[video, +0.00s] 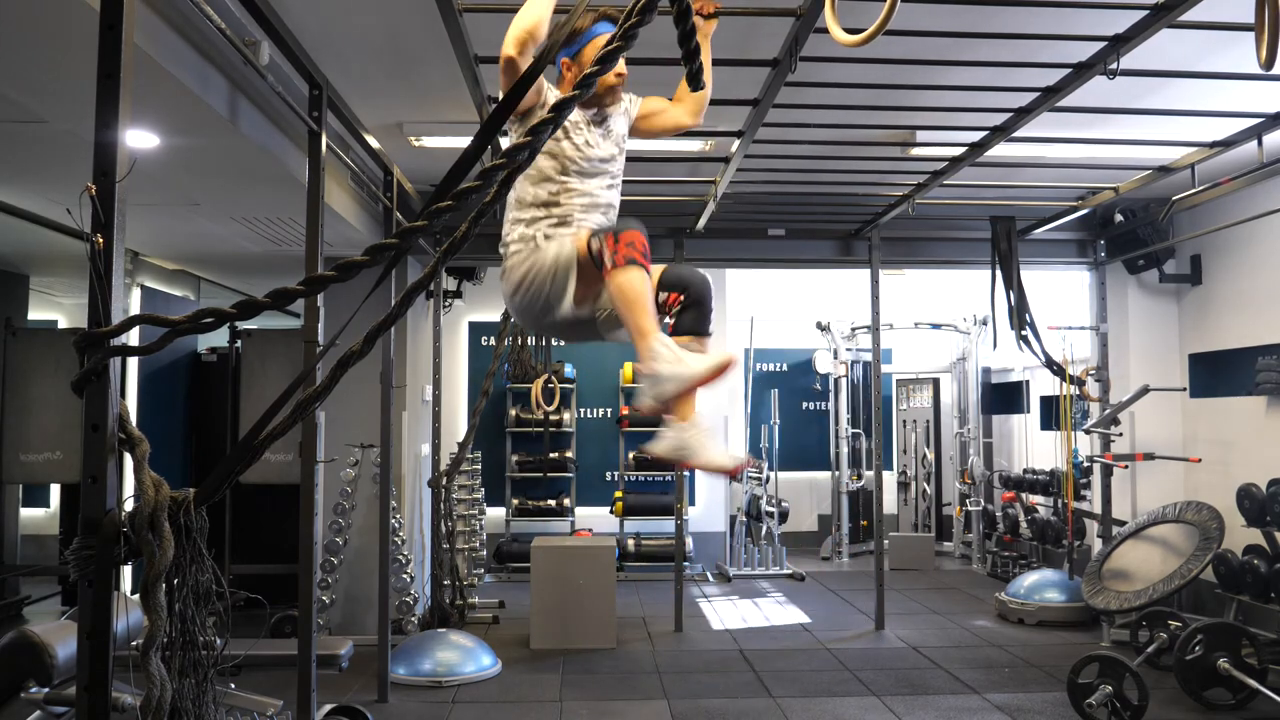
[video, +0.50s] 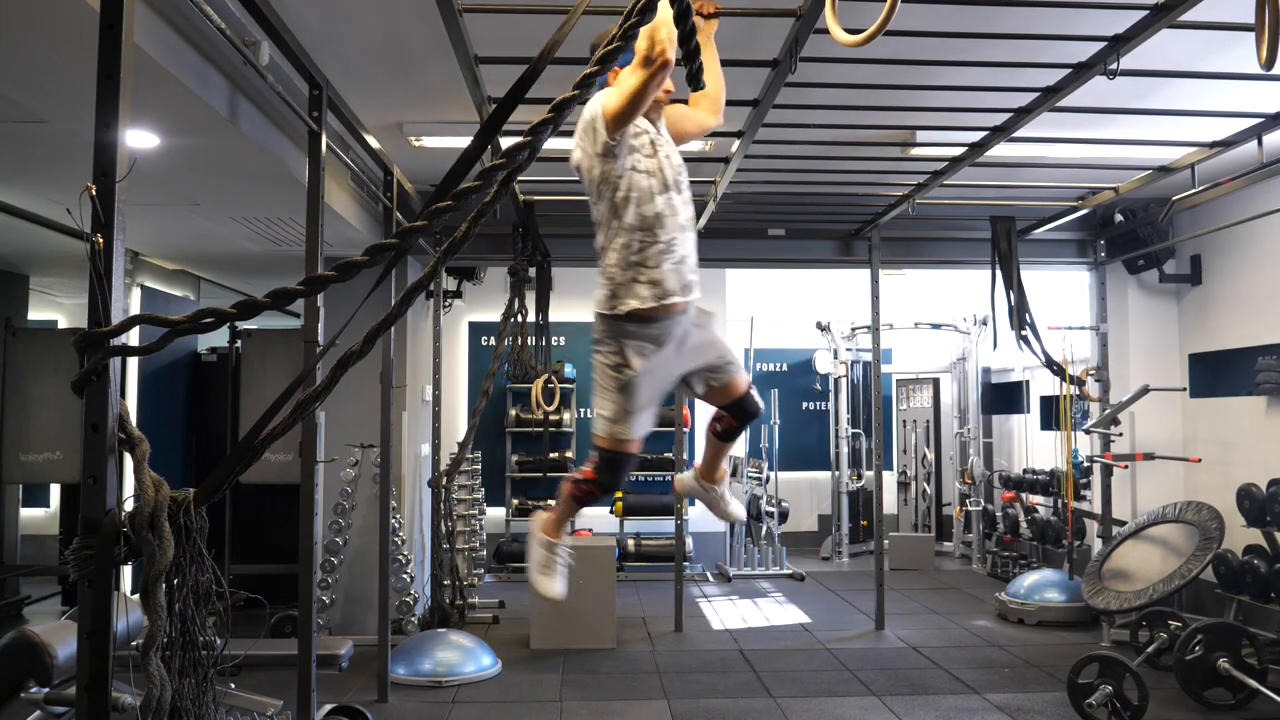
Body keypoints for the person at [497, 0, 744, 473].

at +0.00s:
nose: (621, 71)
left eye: (622, 60)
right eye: (606, 61)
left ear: (623, 66)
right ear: (569, 70)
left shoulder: (622, 112)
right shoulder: (538, 107)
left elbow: (687, 112)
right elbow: (516, 49)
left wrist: (702, 38)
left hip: (591, 290)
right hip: (530, 279)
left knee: (691, 286)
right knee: (624, 238)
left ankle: (682, 428)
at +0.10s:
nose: (620, 52)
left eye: (623, 41)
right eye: (606, 41)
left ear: (629, 45)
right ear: (573, 47)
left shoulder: (624, 94)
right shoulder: (548, 89)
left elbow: (686, 110)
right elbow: (511, 84)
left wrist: (701, 37)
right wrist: (547, 10)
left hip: (591, 261)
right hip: (531, 251)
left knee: (693, 323)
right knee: (599, 210)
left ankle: (630, 427)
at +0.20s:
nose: (621, 38)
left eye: (625, 31)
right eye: (608, 28)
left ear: (633, 44)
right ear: (580, 39)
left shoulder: (632, 94)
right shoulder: (554, 93)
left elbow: (688, 111)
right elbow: (572, 58)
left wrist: (703, 37)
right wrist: (596, 6)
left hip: (606, 260)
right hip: (546, 248)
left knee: (701, 340)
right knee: (562, 259)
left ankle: (641, 427)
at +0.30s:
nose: (635, 56)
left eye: (641, 47)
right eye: (624, 44)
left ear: (643, 50)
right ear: (587, 42)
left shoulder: (635, 98)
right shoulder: (564, 86)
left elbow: (695, 110)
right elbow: (595, 54)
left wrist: (703, 35)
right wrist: (645, 2)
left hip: (625, 278)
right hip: (561, 276)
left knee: (709, 365)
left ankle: (673, 440)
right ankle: (472, 453)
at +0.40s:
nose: (660, 65)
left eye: (660, 59)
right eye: (646, 59)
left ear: (646, 63)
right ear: (610, 59)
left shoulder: (647, 111)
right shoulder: (584, 114)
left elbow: (702, 112)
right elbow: (652, 56)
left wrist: (706, 40)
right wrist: (666, 5)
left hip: (649, 296)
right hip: (589, 302)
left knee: (719, 390)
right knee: (568, 446)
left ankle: (695, 462)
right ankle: (502, 498)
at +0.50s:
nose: (669, 82)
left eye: (672, 73)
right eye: (659, 70)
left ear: (665, 80)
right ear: (628, 72)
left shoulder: (661, 121)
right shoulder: (599, 124)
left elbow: (708, 110)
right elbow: (656, 56)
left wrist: (705, 40)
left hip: (685, 317)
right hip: (629, 327)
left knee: (742, 408)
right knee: (609, 471)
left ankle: (707, 477)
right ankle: (551, 527)